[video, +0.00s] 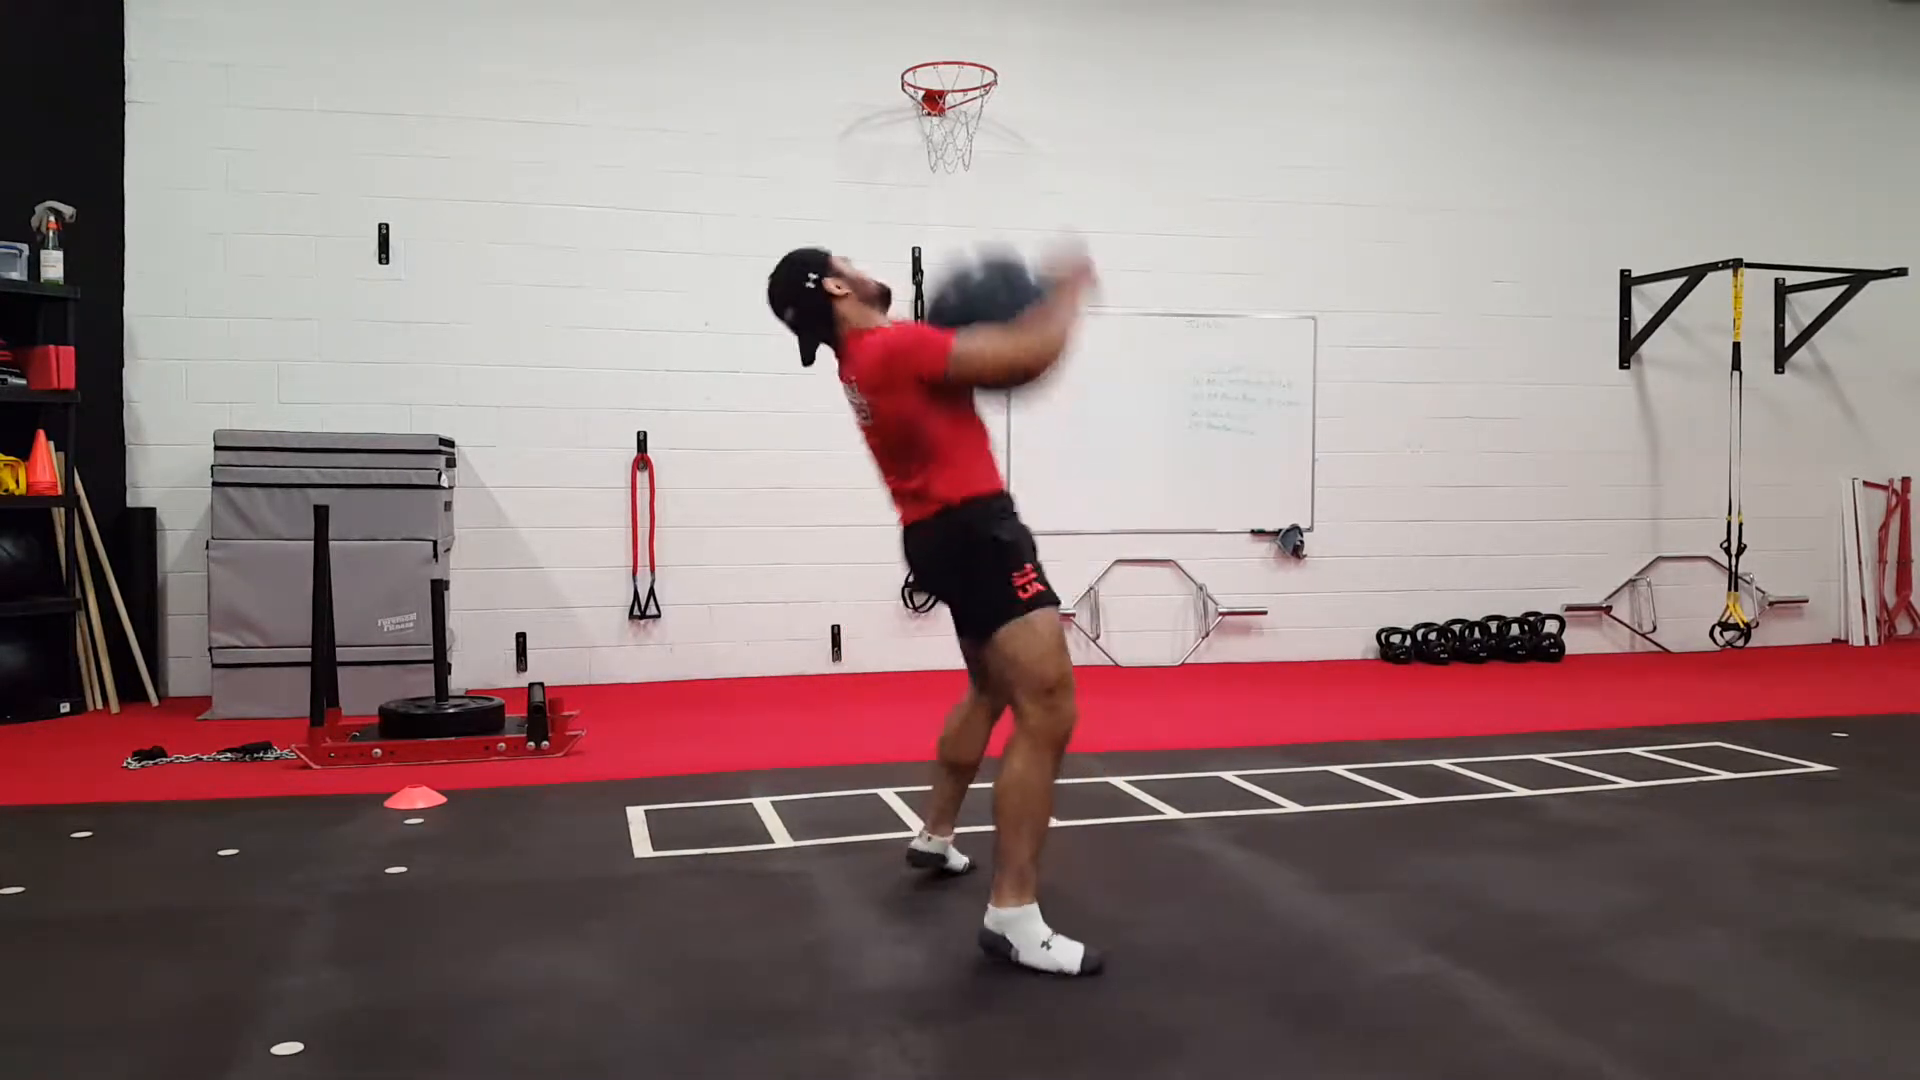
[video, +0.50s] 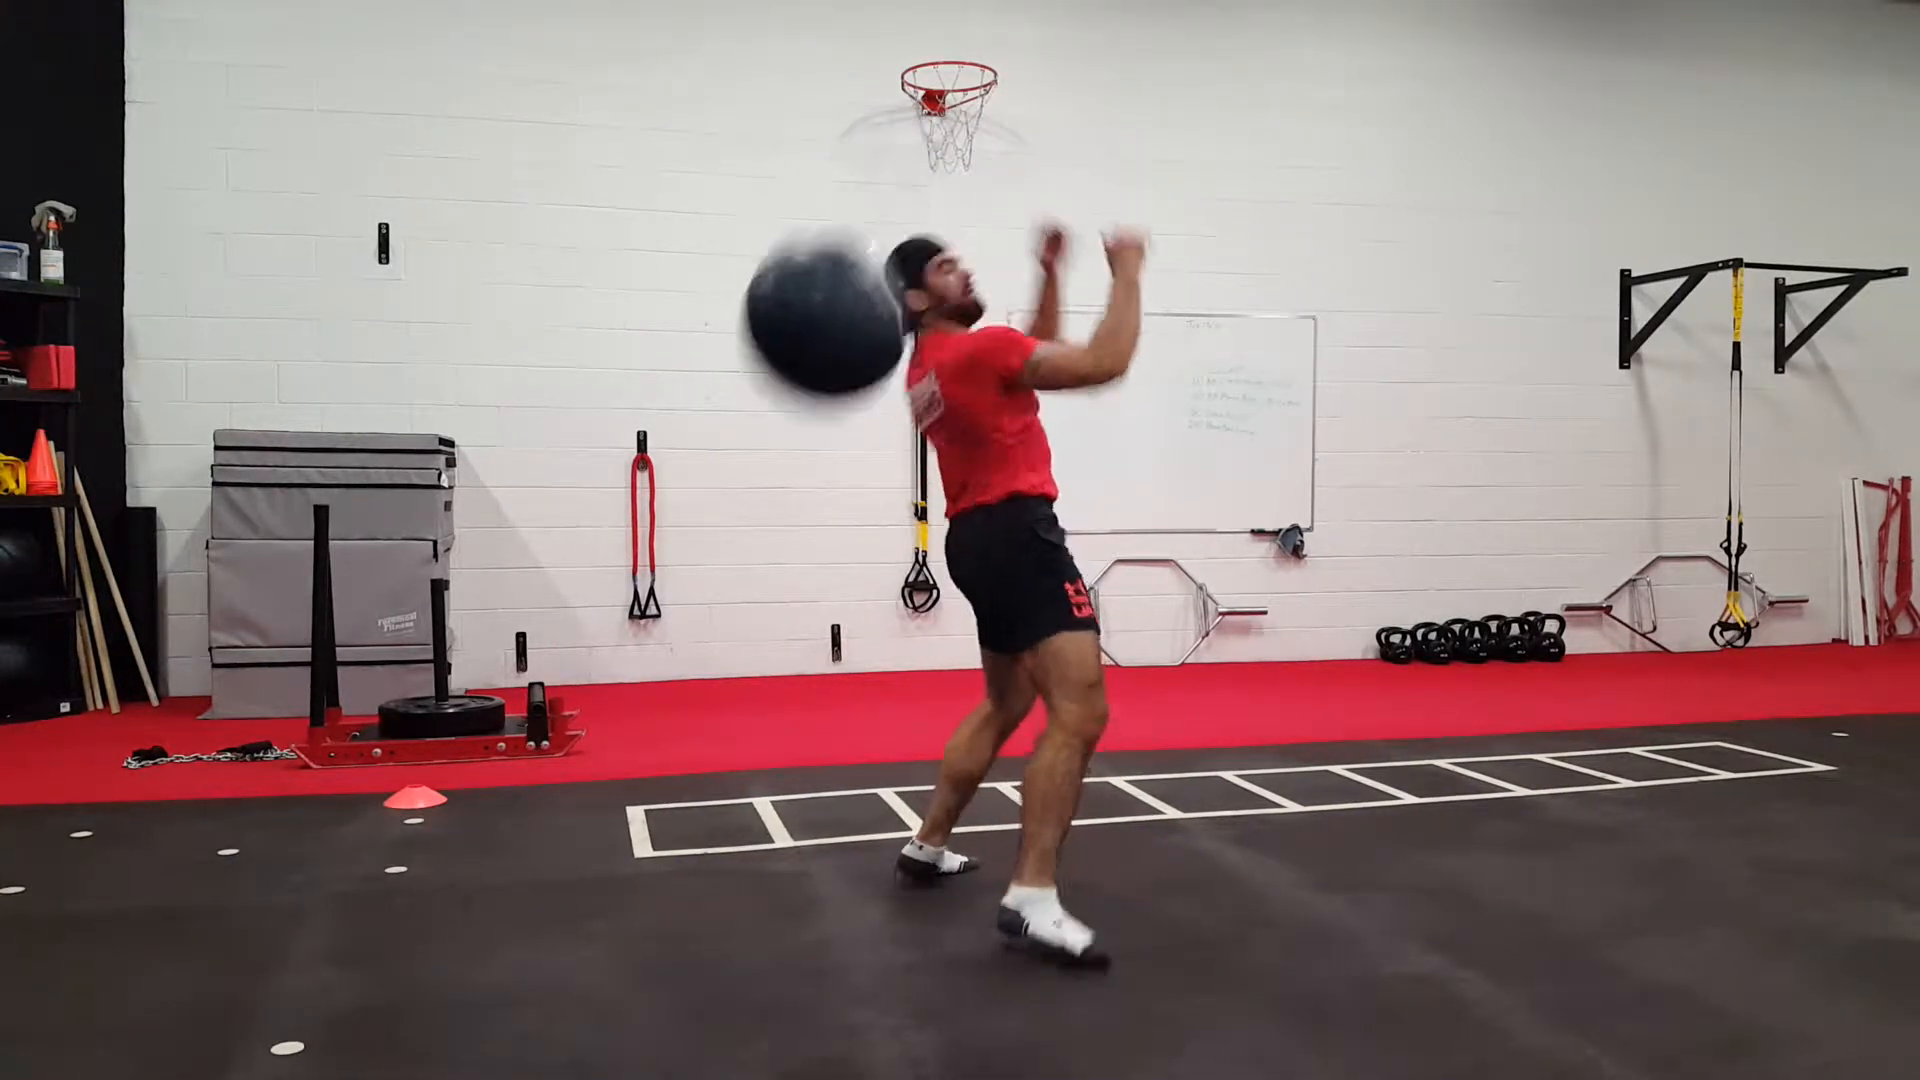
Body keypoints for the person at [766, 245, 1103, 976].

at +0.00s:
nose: (861, 268)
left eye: (845, 261)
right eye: (845, 264)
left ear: (826, 303)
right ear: (836, 287)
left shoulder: (865, 359)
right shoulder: (892, 347)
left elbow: (992, 360)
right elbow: (1029, 350)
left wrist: (1007, 310)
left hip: (943, 537)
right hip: (978, 530)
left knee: (989, 692)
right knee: (1047, 711)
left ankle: (933, 833)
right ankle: (1014, 910)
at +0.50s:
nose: (964, 273)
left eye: (956, 263)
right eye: (946, 268)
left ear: (927, 298)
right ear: (919, 297)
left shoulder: (925, 367)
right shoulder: (978, 347)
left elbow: (1029, 359)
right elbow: (1102, 363)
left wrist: (1048, 275)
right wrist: (1127, 274)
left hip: (974, 537)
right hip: (1019, 528)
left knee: (1006, 704)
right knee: (1080, 712)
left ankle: (927, 844)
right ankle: (1034, 895)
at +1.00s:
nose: (1012, 280)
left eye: (1024, 264)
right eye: (1002, 268)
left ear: (1065, 259)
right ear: (996, 272)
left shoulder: (1120, 327)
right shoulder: (981, 358)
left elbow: (1138, 418)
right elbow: (937, 466)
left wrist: (1162, 501)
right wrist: (971, 565)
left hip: (1103, 532)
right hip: (1024, 537)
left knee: (1129, 700)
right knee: (1062, 703)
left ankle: (1136, 838)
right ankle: (1067, 872)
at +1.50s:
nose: (936, 315)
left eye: (944, 298)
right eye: (927, 304)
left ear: (986, 283)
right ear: (929, 306)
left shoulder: (1060, 338)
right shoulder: (945, 393)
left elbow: (1118, 426)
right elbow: (932, 500)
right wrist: (894, 600)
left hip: (1072, 548)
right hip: (990, 553)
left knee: (1110, 727)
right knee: (930, 706)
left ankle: (1143, 853)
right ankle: (915, 877)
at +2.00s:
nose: (749, 333)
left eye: (755, 314)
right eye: (742, 319)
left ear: (803, 292)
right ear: (779, 306)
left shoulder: (878, 369)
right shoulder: (785, 392)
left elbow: (891, 514)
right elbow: (779, 516)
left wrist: (798, 617)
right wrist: (731, 623)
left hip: (909, 566)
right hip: (846, 568)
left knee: (847, 747)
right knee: (803, 741)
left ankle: (808, 962)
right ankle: (898, 882)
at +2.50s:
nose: (560, 495)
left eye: (564, 478)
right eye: (554, 481)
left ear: (613, 456)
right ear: (610, 461)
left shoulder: (684, 539)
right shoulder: (630, 548)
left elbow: (681, 718)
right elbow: (629, 690)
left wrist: (655, 867)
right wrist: (597, 818)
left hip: (824, 666)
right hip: (739, 670)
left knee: (712, 788)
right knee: (599, 735)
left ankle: (772, 1009)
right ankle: (631, 931)